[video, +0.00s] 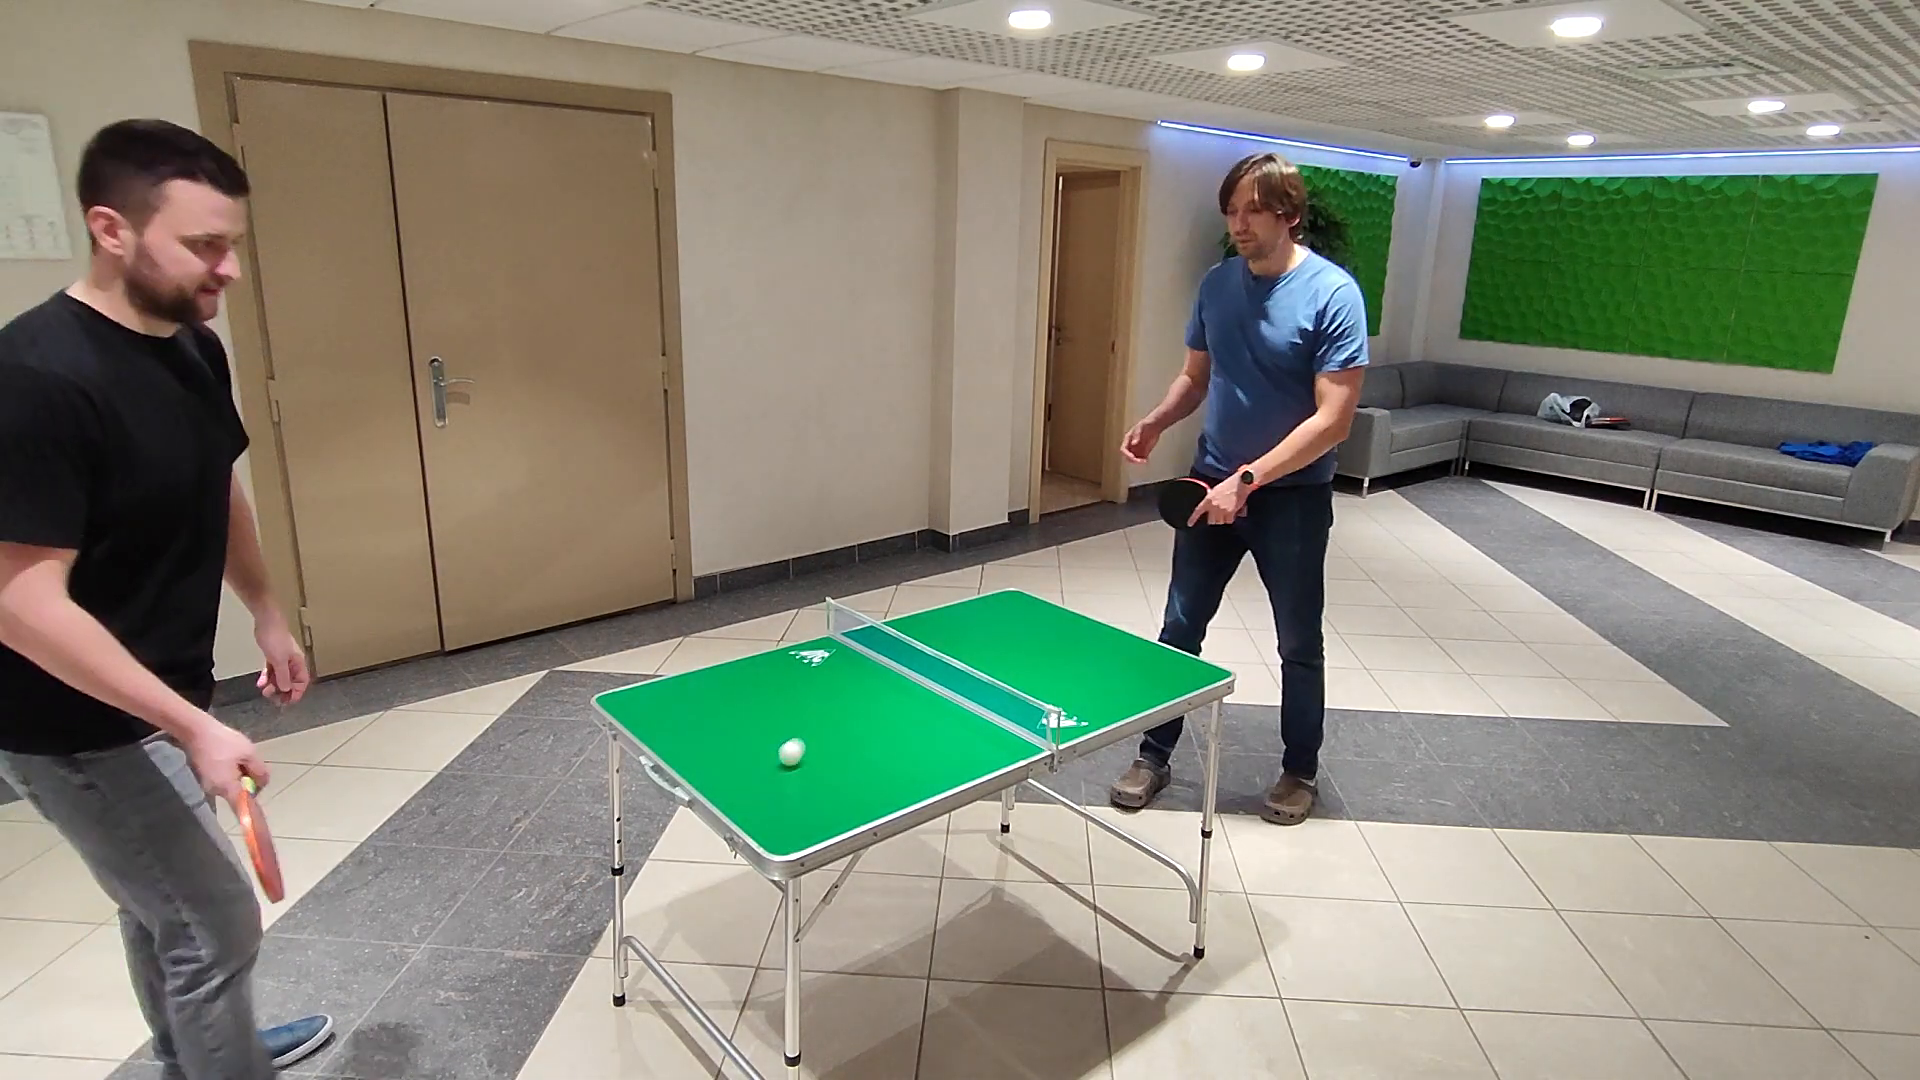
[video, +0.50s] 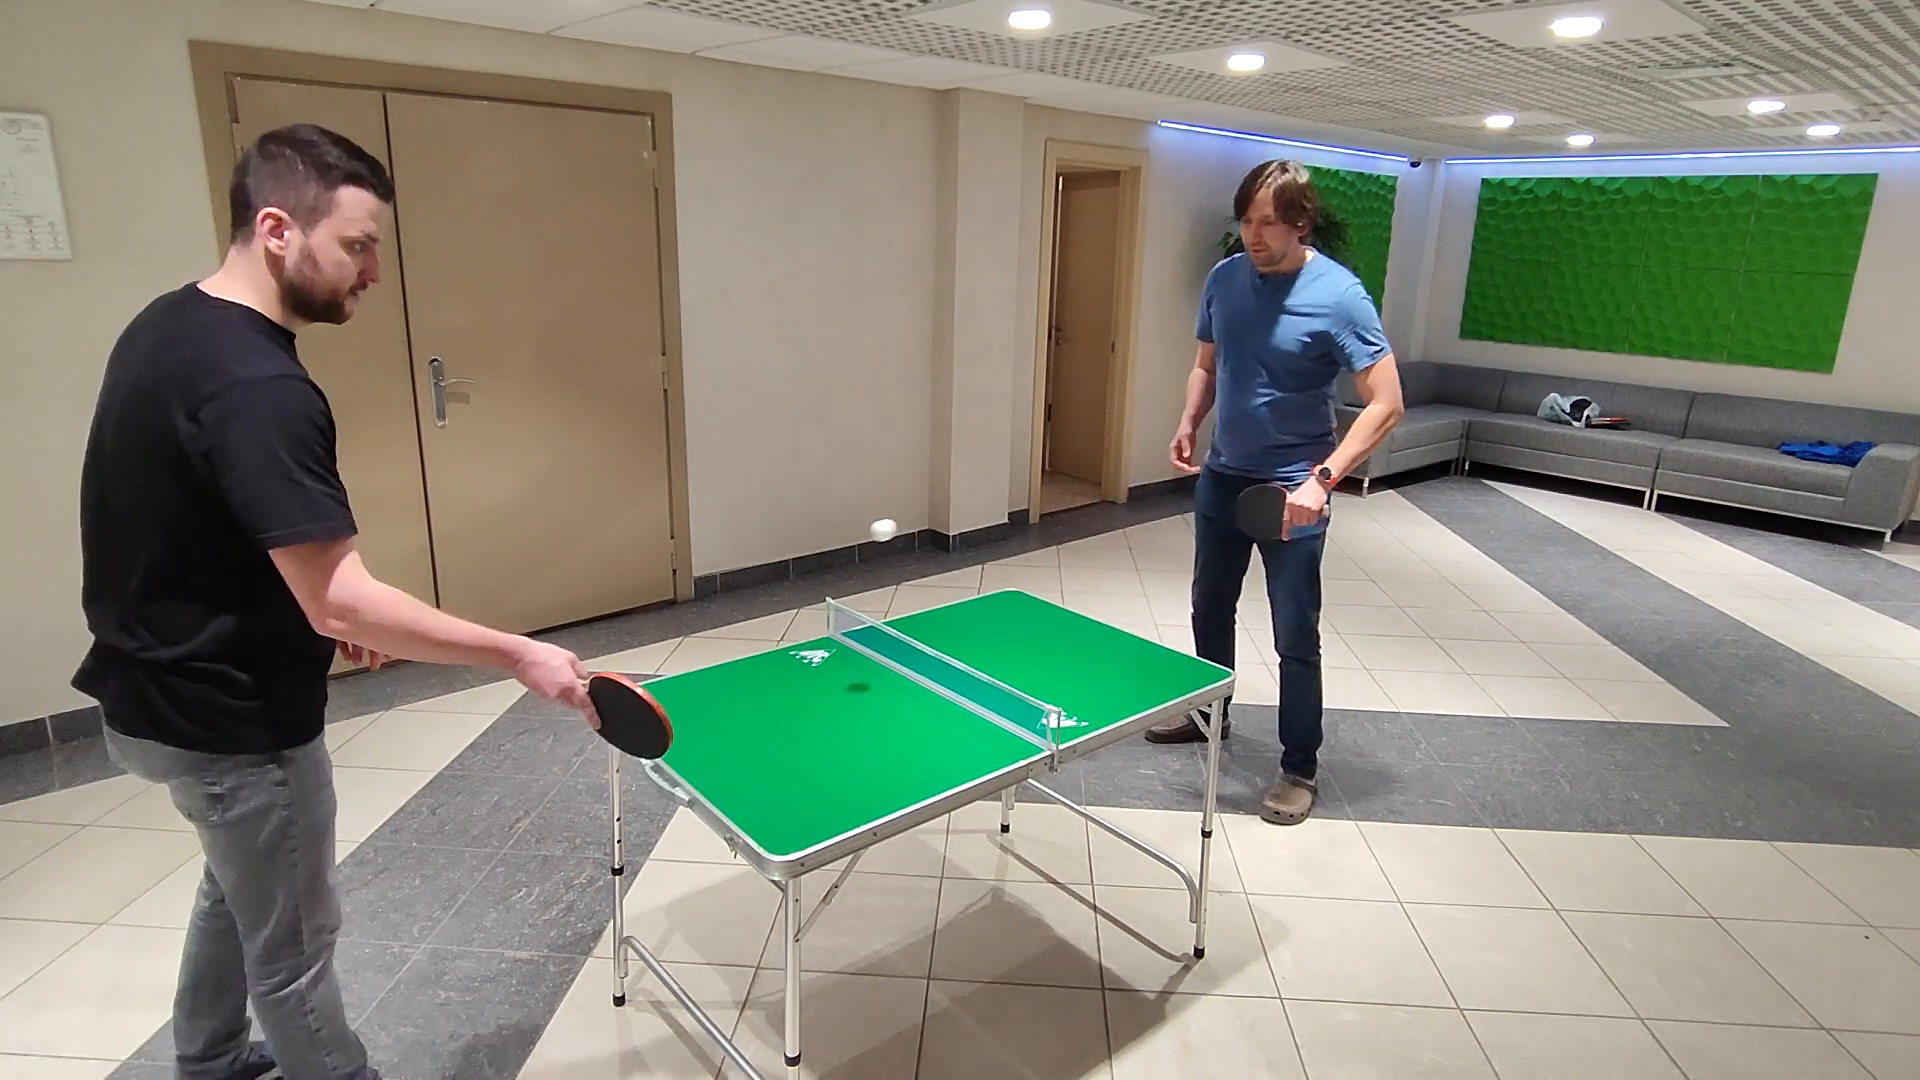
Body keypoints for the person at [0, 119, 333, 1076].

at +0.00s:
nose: (229, 270)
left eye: (234, 247)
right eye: (205, 246)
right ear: (112, 232)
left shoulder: (194, 349)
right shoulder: (40, 372)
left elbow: (218, 492)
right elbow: (25, 599)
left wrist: (268, 614)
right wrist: (190, 725)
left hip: (167, 703)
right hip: (71, 727)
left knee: (162, 907)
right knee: (214, 928)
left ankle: (200, 1046)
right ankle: (217, 1072)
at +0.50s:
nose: (374, 272)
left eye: (378, 249)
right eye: (357, 245)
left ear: (277, 233)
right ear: (276, 230)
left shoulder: (169, 329)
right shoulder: (259, 384)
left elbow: (196, 520)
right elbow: (344, 596)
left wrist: (316, 615)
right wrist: (517, 653)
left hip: (158, 699)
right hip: (241, 724)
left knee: (240, 887)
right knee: (294, 953)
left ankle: (211, 1058)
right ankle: (337, 1073)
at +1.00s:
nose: (295, 246)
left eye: (293, 222)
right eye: (278, 221)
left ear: (196, 228)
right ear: (196, 225)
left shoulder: (121, 343)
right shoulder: (171, 374)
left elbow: (230, 559)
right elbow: (151, 617)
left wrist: (327, 666)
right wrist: (352, 712)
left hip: (140, 774)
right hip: (230, 782)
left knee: (180, 999)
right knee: (321, 963)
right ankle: (343, 1073)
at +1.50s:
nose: (243, 272)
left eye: (246, 246)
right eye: (220, 238)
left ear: (118, 223)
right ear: (118, 218)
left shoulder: (96, 350)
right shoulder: (72, 384)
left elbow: (94, 608)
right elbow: (8, 643)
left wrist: (204, 766)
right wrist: (201, 788)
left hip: (114, 837)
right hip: (124, 854)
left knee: (115, 1061)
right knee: (209, 1065)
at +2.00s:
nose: (242, 262)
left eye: (243, 233)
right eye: (220, 228)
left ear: (106, 217)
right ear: (110, 214)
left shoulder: (22, 344)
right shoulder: (123, 406)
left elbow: (114, 550)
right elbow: (300, 628)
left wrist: (248, 667)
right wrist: (513, 650)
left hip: (51, 837)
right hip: (128, 863)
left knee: (151, 1059)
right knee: (171, 1070)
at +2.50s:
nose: (223, 266)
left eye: (224, 240)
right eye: (210, 234)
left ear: (117, 224)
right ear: (124, 223)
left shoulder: (18, 343)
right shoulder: (102, 374)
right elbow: (134, 639)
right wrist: (299, 748)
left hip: (39, 836)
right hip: (132, 850)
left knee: (106, 1069)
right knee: (237, 1066)